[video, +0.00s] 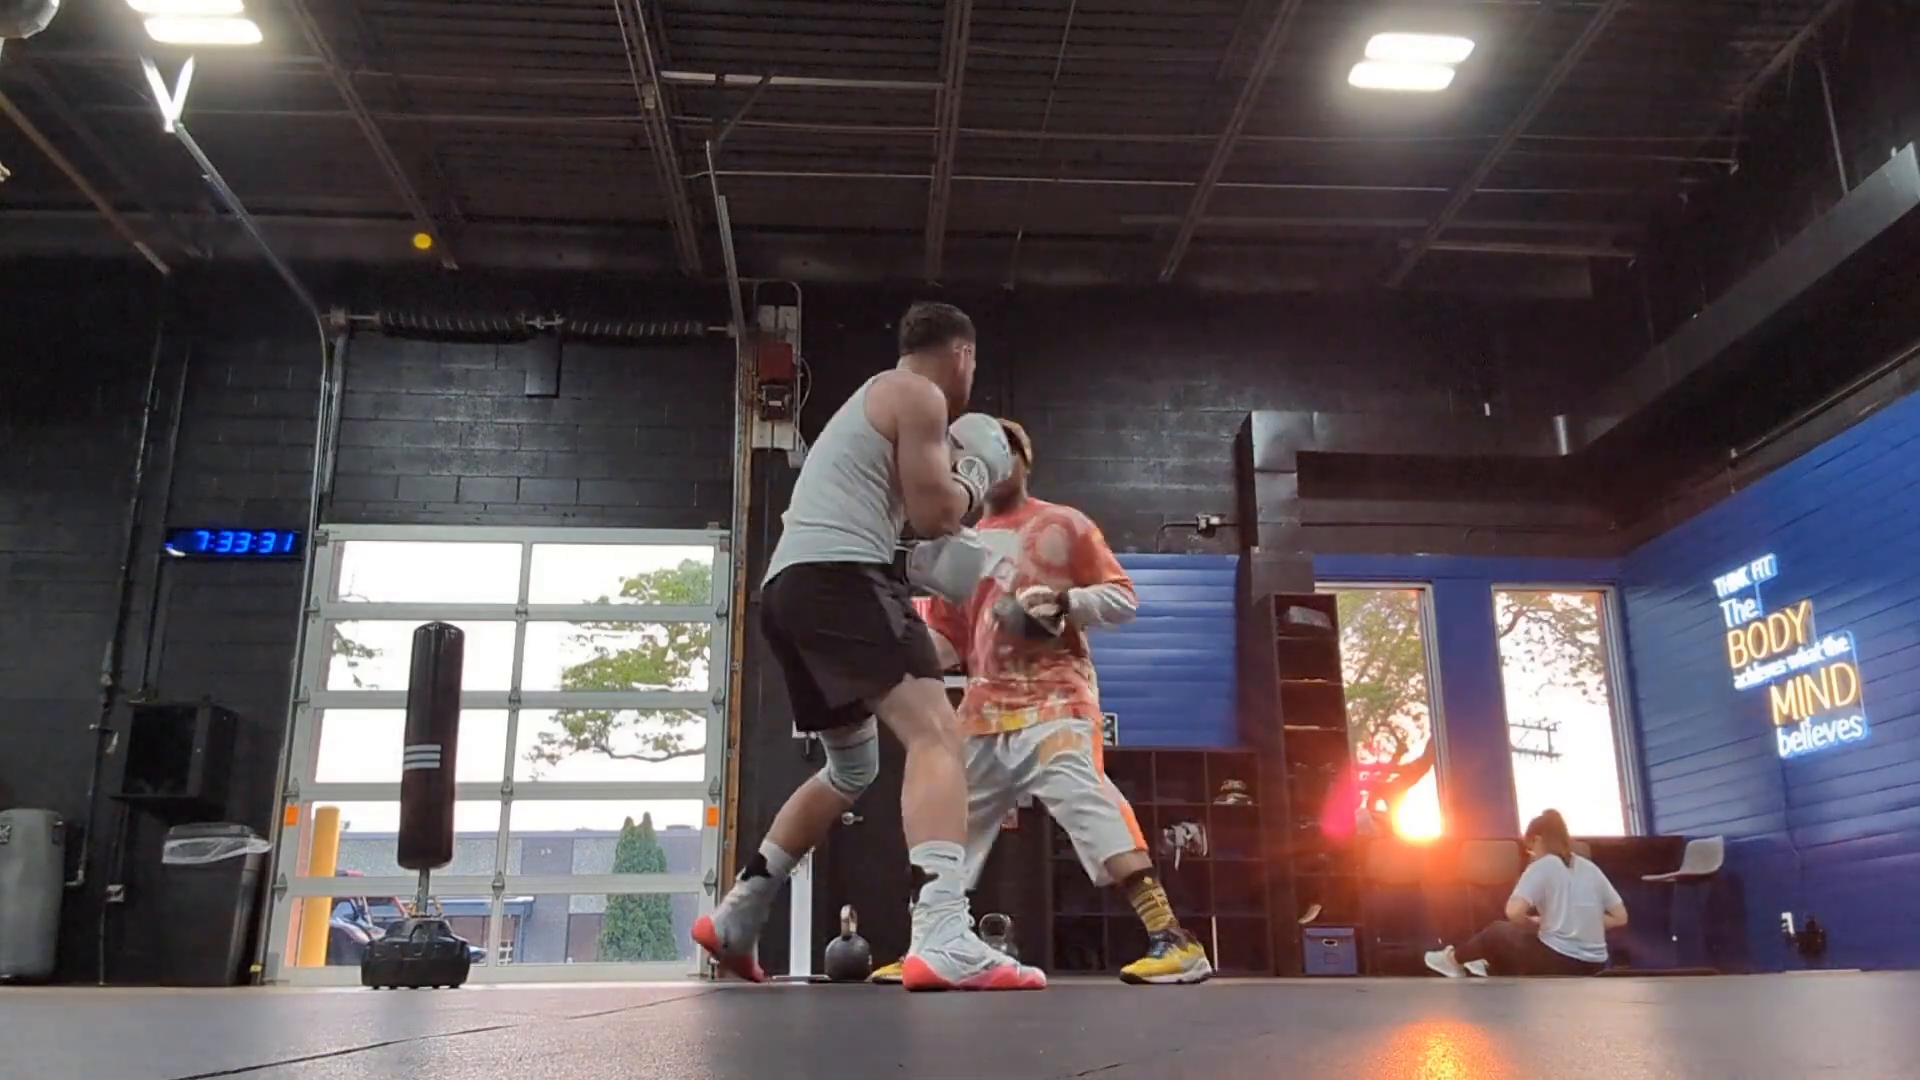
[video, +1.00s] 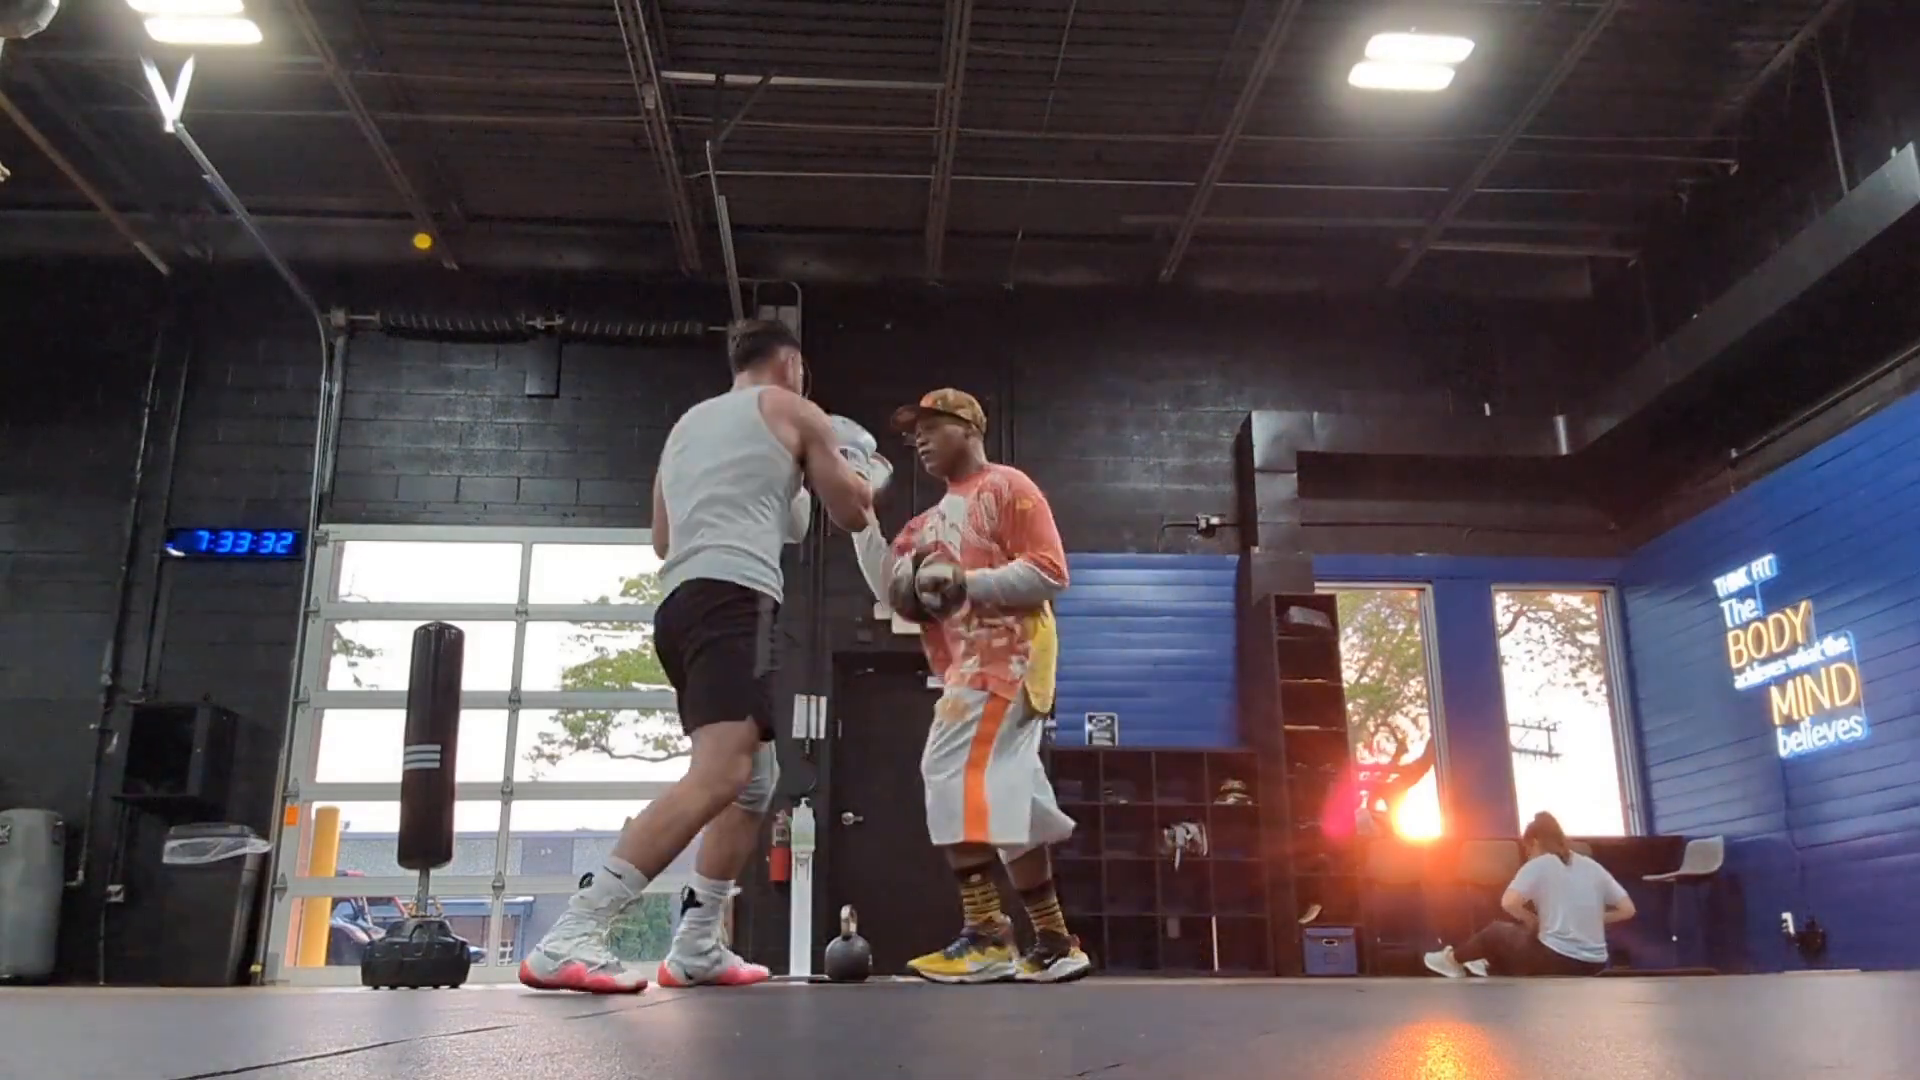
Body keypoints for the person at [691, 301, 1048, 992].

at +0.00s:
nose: (973, 378)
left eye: (974, 365)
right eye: (974, 363)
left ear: (906, 352)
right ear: (960, 356)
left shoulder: (868, 403)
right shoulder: (919, 394)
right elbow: (931, 511)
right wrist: (968, 481)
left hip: (784, 592)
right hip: (839, 578)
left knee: (848, 769)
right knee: (936, 737)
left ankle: (737, 917)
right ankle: (942, 934)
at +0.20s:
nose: (982, 509)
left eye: (992, 500)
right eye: (993, 493)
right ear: (978, 465)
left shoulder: (861, 477)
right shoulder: (924, 464)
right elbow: (916, 586)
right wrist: (990, 542)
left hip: (751, 624)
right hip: (821, 609)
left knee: (829, 779)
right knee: (969, 745)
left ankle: (725, 934)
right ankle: (948, 935)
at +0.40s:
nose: (911, 534)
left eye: (910, 527)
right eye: (909, 524)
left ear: (848, 495)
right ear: (899, 505)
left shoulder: (775, 516)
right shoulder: (902, 520)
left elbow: (752, 598)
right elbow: (906, 627)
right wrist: (927, 624)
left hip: (738, 655)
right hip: (829, 637)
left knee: (787, 783)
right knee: (969, 775)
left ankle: (715, 945)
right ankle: (955, 929)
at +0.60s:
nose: (877, 433)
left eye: (877, 425)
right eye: (874, 421)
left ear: (817, 406)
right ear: (858, 408)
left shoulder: (762, 456)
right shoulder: (842, 426)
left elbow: (747, 547)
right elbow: (913, 518)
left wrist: (813, 585)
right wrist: (923, 468)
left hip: (699, 613)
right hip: (754, 591)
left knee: (797, 777)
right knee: (848, 744)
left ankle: (728, 934)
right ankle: (775, 915)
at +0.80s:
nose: (839, 373)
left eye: (841, 364)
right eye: (839, 361)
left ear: (782, 344)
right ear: (819, 347)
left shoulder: (778, 422)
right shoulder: (747, 387)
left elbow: (802, 518)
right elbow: (785, 471)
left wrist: (869, 468)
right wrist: (845, 413)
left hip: (761, 604)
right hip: (722, 593)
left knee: (806, 784)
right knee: (734, 758)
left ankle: (718, 932)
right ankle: (579, 926)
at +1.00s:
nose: (800, 382)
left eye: (798, 372)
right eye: (799, 370)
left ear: (735, 367)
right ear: (787, 363)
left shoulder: (683, 429)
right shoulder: (791, 407)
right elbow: (853, 511)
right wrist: (855, 472)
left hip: (677, 604)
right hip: (734, 593)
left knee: (753, 781)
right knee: (720, 775)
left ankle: (697, 948)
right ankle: (572, 937)